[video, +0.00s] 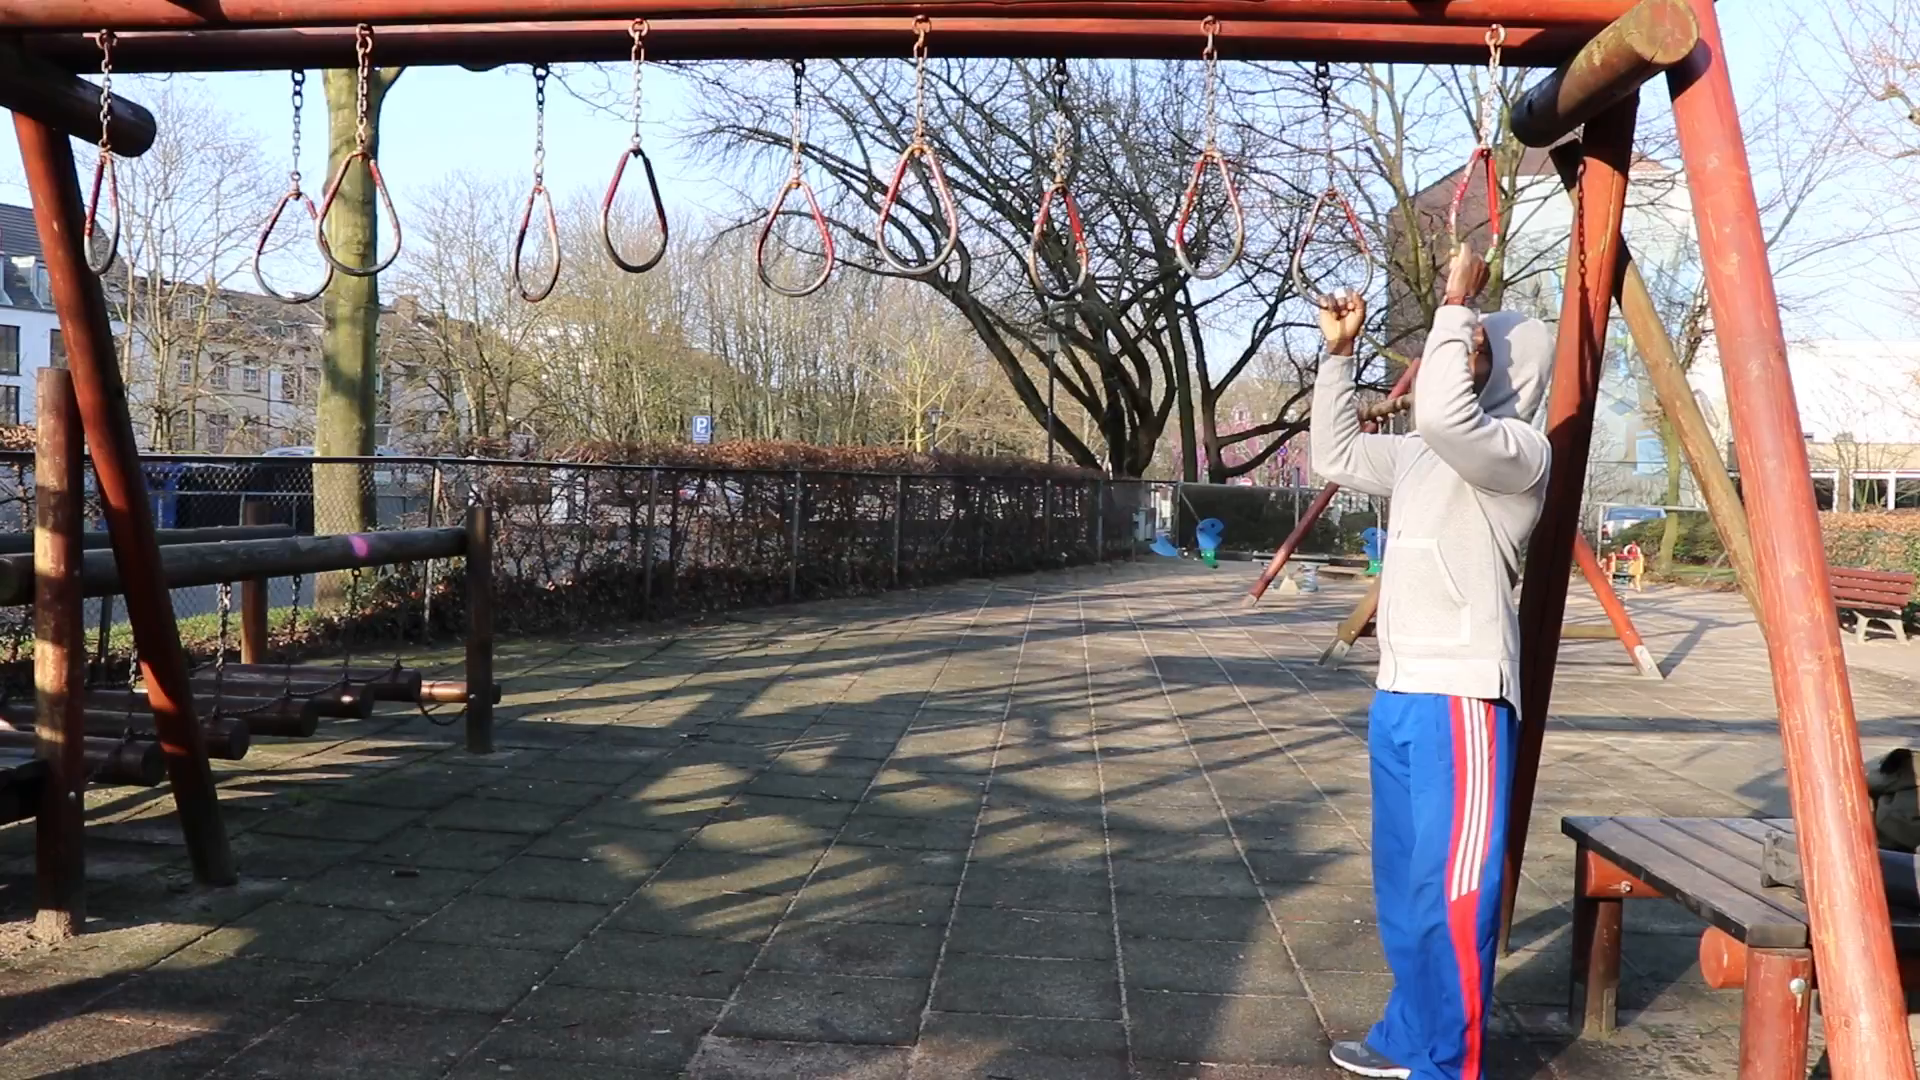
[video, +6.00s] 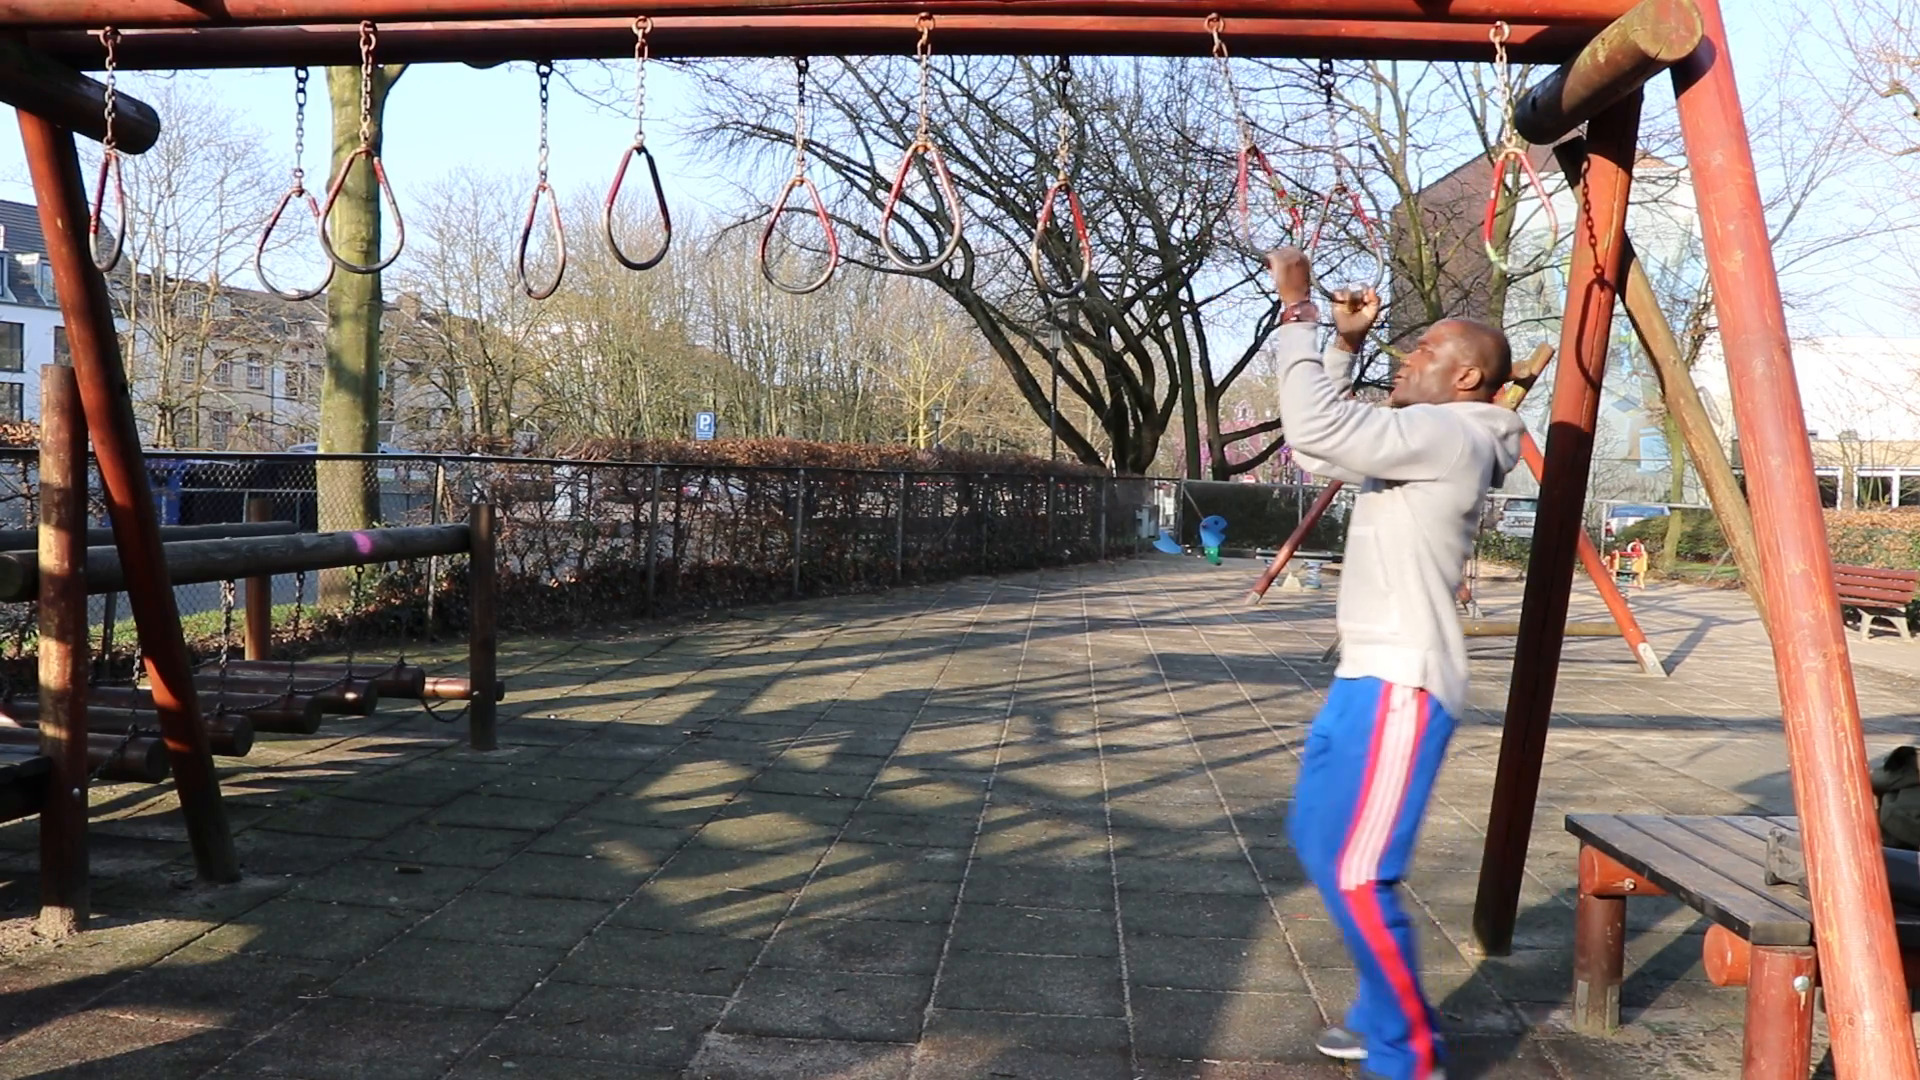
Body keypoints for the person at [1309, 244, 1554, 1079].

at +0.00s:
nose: (1429, 364)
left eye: (1453, 351)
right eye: (1433, 350)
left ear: (1498, 371)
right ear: (1463, 374)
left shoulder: (1524, 453)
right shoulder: (1418, 452)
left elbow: (1445, 417)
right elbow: (1335, 453)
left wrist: (1454, 312)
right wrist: (1338, 351)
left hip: (1466, 698)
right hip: (1402, 696)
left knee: (1456, 887)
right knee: (1406, 883)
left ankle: (1450, 1060)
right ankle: (1409, 1038)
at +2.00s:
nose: (1421, 364)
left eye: (1453, 345)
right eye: (1426, 350)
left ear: (1488, 366)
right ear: (1442, 373)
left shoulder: (1514, 445)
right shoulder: (1420, 452)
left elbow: (1440, 415)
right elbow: (1338, 451)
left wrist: (1436, 308)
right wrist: (1325, 354)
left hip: (1467, 693)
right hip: (1412, 692)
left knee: (1453, 883)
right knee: (1411, 877)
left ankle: (1450, 1056)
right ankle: (1410, 1032)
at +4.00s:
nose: (1437, 367)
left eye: (1463, 356)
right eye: (1442, 353)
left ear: (1499, 379)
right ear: (1443, 371)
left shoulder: (1505, 450)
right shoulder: (1402, 452)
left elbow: (1465, 396)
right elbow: (1322, 447)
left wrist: (1467, 296)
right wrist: (1315, 349)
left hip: (1448, 692)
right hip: (1383, 691)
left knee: (1443, 883)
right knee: (1394, 879)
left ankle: (1448, 1057)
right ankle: (1407, 1034)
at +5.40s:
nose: (1462, 356)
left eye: (1484, 348)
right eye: (1467, 345)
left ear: (1523, 378)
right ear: (1492, 372)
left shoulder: (1512, 439)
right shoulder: (1457, 429)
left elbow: (1396, 447)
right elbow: (1348, 453)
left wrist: (1410, 325)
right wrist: (1362, 343)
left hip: (1462, 688)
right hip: (1408, 683)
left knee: (1441, 886)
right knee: (1401, 877)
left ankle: (1448, 1059)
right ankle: (1412, 1034)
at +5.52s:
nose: (1453, 347)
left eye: (1475, 342)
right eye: (1458, 337)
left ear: (1513, 376)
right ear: (1462, 368)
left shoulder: (1498, 437)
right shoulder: (1447, 430)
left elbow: (1379, 430)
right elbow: (1341, 455)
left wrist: (1312, 327)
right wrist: (1362, 344)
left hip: (1460, 691)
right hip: (1410, 684)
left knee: (1441, 882)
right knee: (1399, 871)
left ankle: (1450, 1059)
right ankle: (1410, 1034)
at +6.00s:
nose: (1402, 359)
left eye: (1421, 349)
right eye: (1409, 347)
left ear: (1466, 376)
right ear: (1460, 376)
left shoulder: (1454, 436)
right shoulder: (1427, 432)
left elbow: (1317, 427)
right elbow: (1323, 442)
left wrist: (1294, 309)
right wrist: (1343, 343)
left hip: (1407, 674)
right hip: (1367, 666)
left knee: (1356, 868)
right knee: (1316, 836)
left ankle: (1411, 1053)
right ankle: (1386, 1010)